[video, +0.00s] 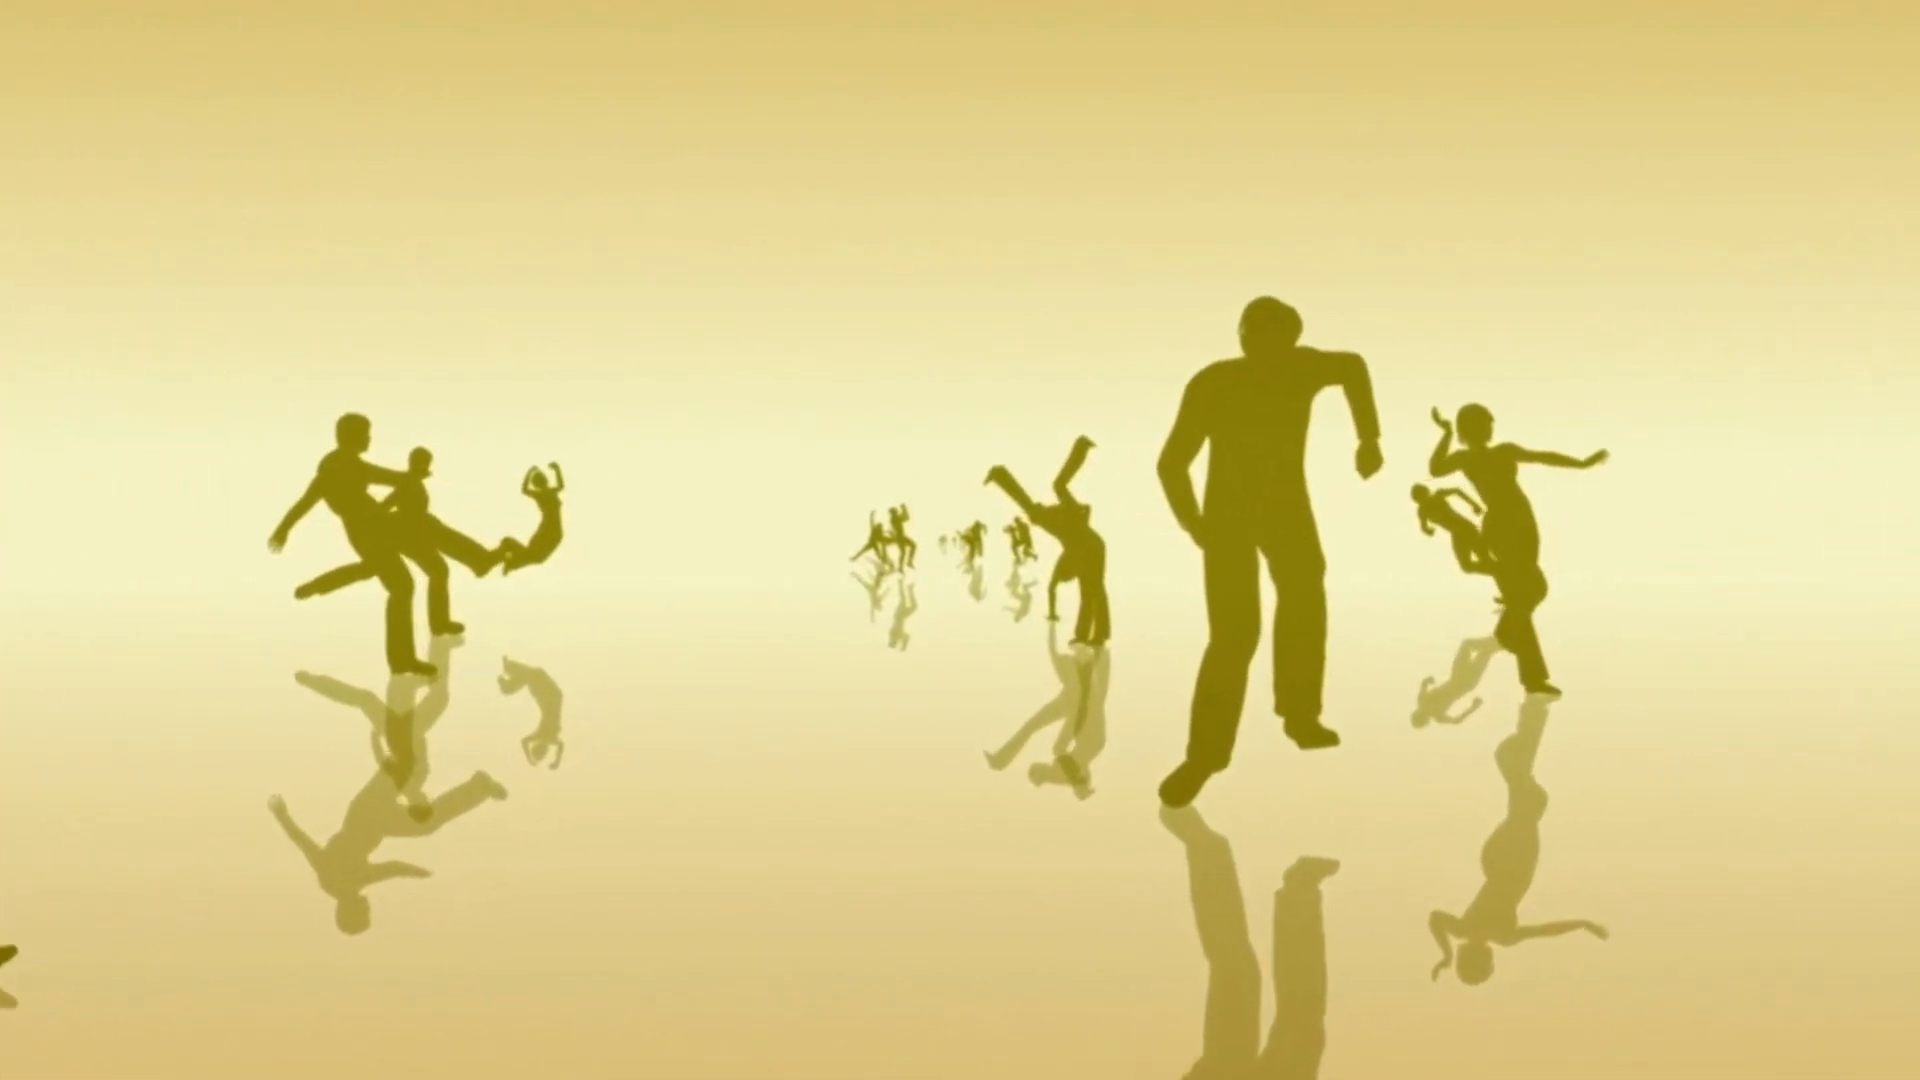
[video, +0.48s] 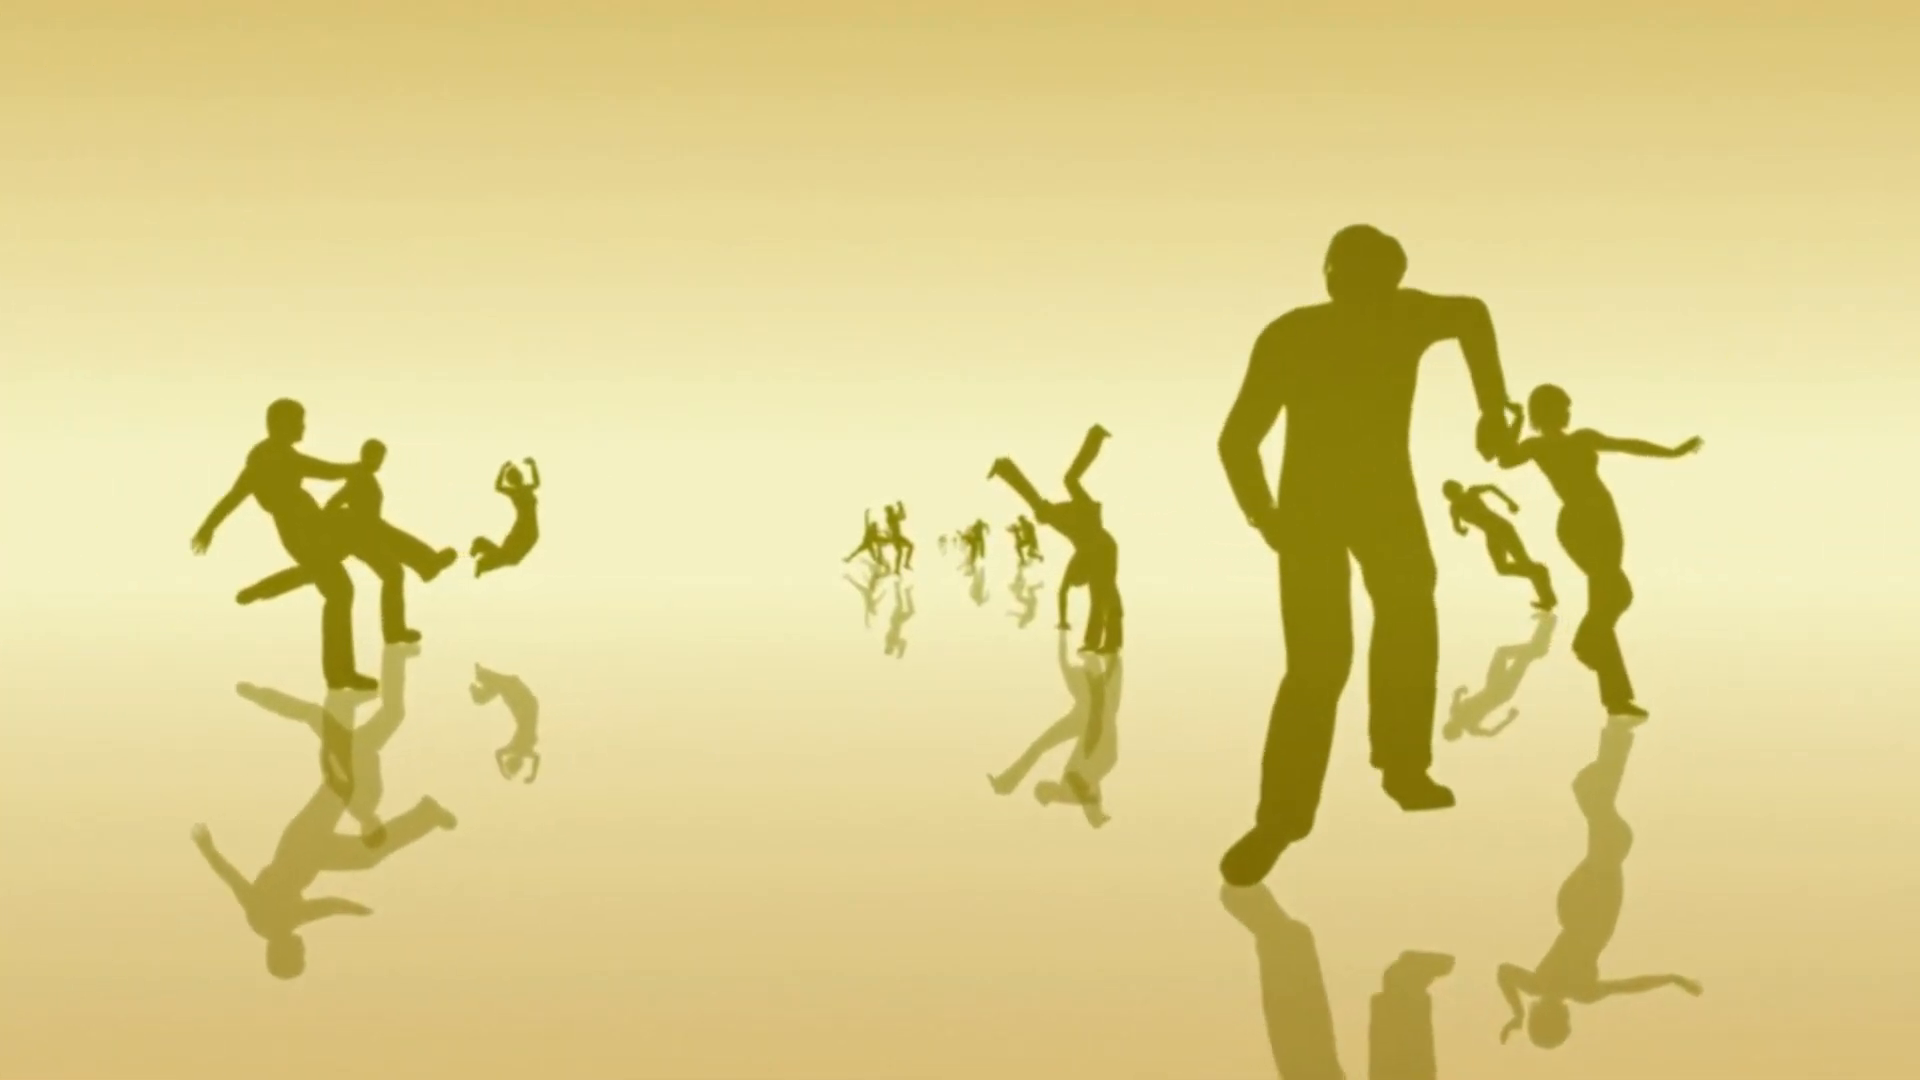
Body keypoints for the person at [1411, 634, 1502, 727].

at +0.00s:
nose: (1423, 718)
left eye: (1420, 718)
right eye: (1423, 720)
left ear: (1417, 712)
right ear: (1424, 720)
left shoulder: (1422, 701)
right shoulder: (1438, 716)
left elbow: (1424, 683)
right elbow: (1457, 721)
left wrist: (1428, 681)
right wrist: (1474, 707)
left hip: (1456, 676)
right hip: (1467, 683)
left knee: (1466, 644)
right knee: (1485, 651)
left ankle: (1495, 641)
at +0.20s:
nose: (1436, 726)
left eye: (1432, 725)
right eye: (1434, 727)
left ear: (1429, 718)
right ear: (1436, 725)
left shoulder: (1435, 705)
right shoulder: (1451, 721)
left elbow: (1435, 692)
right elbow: (1470, 725)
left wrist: (1439, 685)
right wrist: (1487, 711)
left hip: (1470, 679)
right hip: (1480, 686)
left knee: (1479, 648)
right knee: (1500, 655)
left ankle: (1509, 644)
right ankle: (1516, 643)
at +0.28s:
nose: (1443, 730)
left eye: (1440, 729)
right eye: (1441, 731)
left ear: (1437, 721)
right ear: (1443, 728)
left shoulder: (1442, 708)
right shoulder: (1458, 723)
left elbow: (1442, 695)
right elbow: (1477, 728)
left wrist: (1447, 687)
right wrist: (1495, 714)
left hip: (1478, 681)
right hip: (1489, 689)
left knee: (1487, 650)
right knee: (1509, 656)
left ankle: (1518, 645)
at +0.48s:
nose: (1456, 734)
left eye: (1453, 733)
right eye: (1454, 735)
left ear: (1450, 725)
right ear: (1456, 733)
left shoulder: (1456, 713)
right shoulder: (1471, 729)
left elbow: (1456, 697)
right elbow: (1491, 733)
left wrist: (1460, 691)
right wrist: (1509, 719)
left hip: (1492, 686)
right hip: (1502, 693)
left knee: (1500, 653)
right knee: (1524, 660)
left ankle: (1533, 649)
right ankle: (1547, 622)